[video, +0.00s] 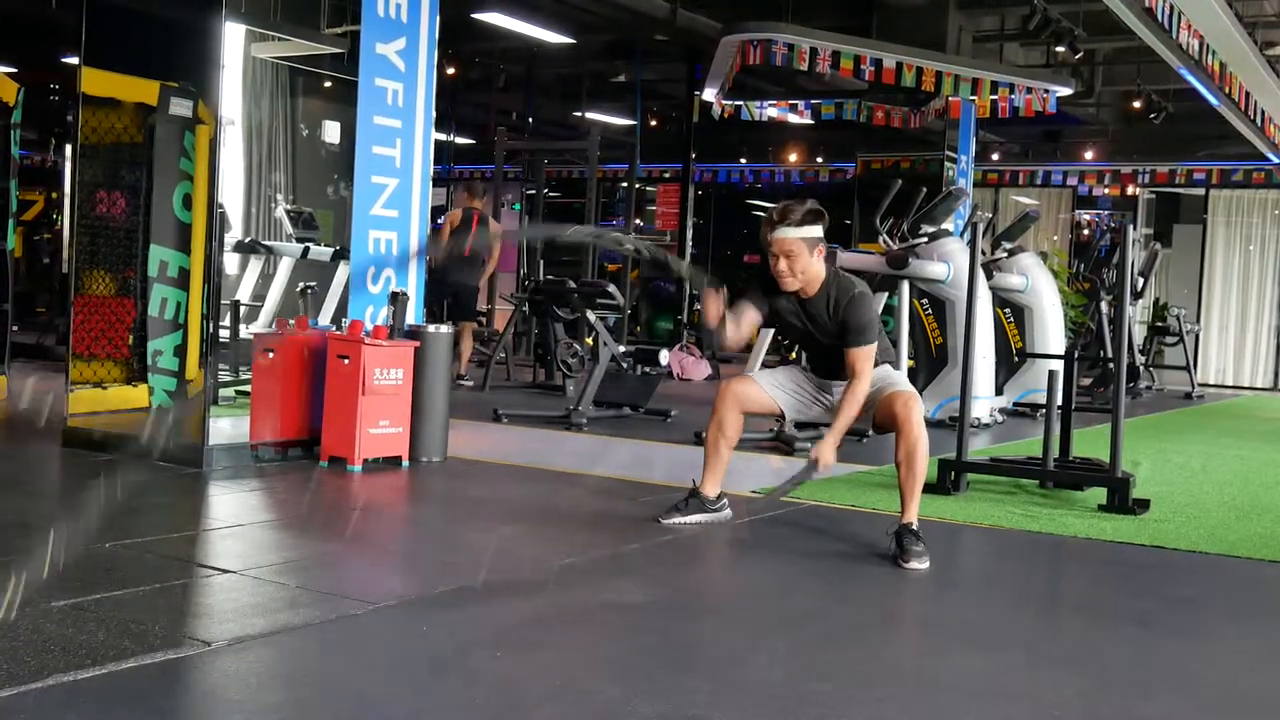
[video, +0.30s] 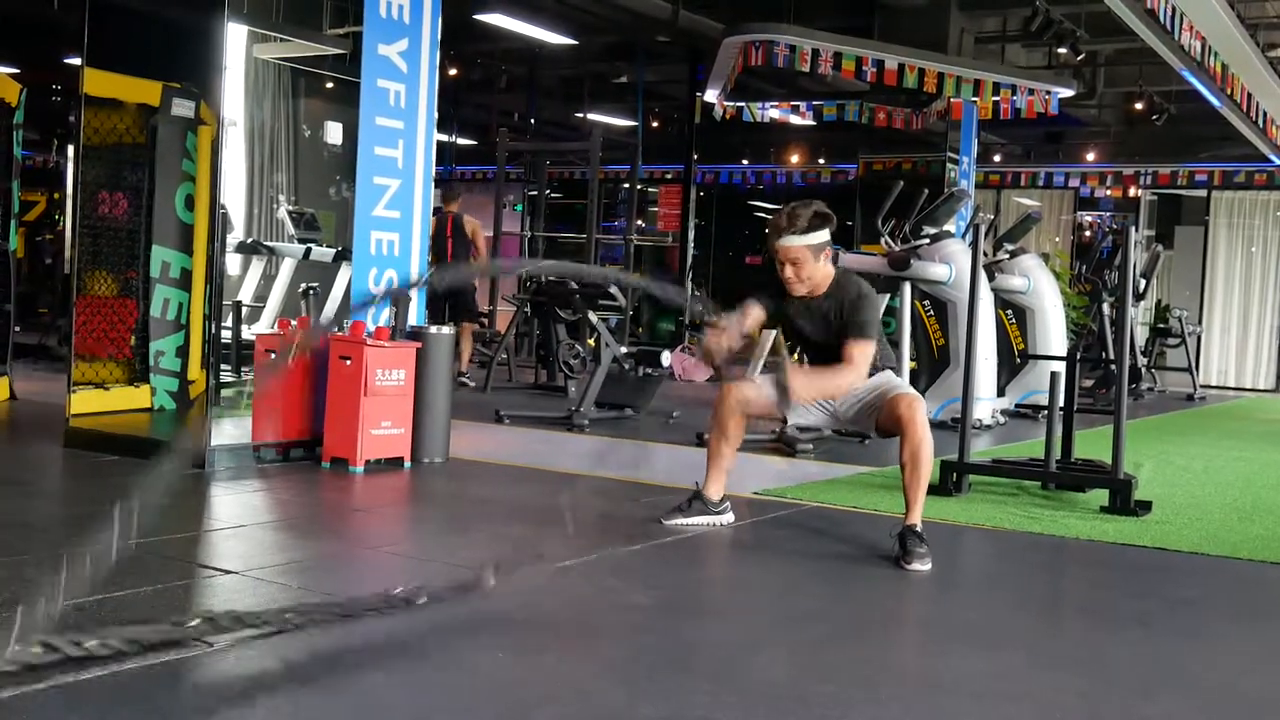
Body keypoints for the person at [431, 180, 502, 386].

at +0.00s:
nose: (461, 198)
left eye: (462, 194)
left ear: (466, 195)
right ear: (484, 199)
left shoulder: (452, 216)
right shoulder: (494, 226)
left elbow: (441, 248)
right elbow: (493, 259)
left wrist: (437, 265)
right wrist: (479, 282)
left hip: (445, 281)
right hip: (470, 284)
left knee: (438, 326)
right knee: (466, 329)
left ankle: (435, 372)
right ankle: (462, 373)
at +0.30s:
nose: (454, 203)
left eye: (449, 199)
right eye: (458, 199)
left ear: (442, 200)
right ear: (459, 200)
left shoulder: (432, 223)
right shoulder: (470, 223)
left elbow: (424, 252)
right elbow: (481, 253)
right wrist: (478, 274)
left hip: (438, 281)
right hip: (463, 281)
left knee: (435, 328)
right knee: (465, 327)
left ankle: (434, 372)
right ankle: (463, 371)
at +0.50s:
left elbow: (424, 261)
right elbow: (467, 257)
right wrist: (470, 276)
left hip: (436, 284)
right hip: (458, 282)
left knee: (438, 326)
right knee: (476, 314)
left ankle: (439, 366)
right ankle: (475, 351)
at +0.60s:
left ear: (420, 202)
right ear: (433, 200)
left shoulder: (413, 221)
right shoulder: (445, 216)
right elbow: (464, 237)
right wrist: (466, 261)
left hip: (431, 279)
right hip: (453, 276)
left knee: (435, 319)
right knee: (476, 308)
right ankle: (477, 347)